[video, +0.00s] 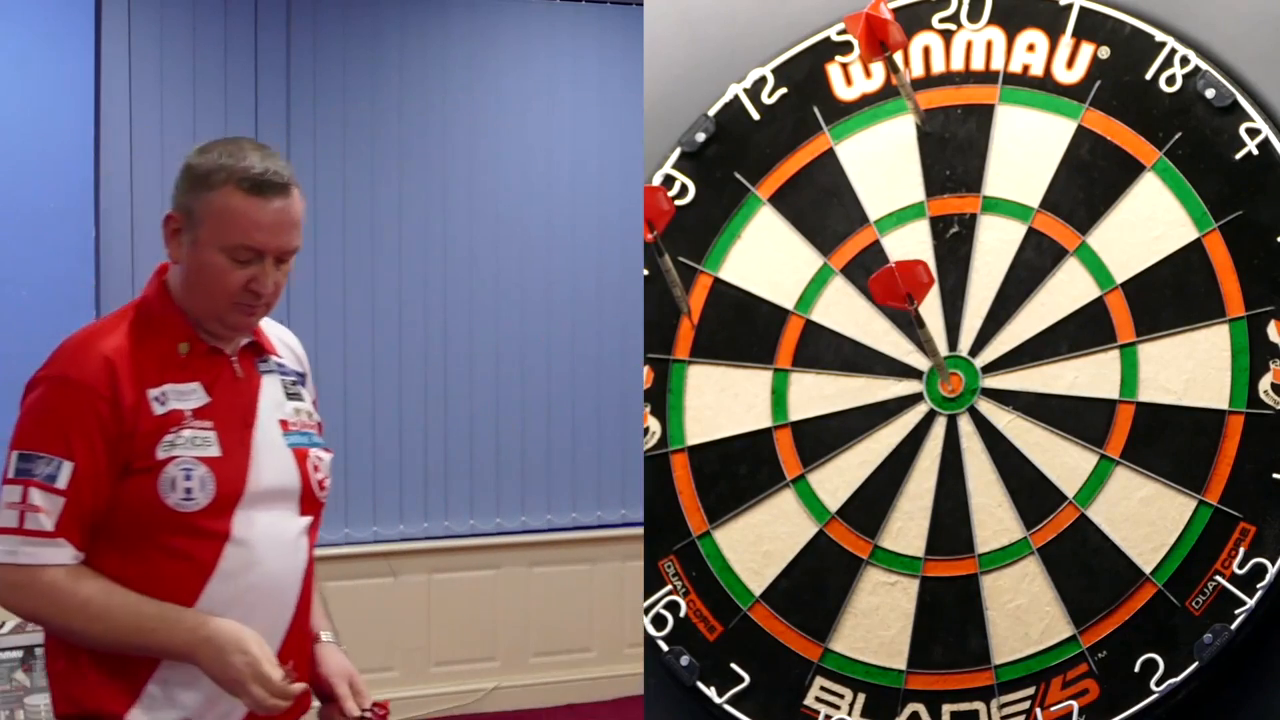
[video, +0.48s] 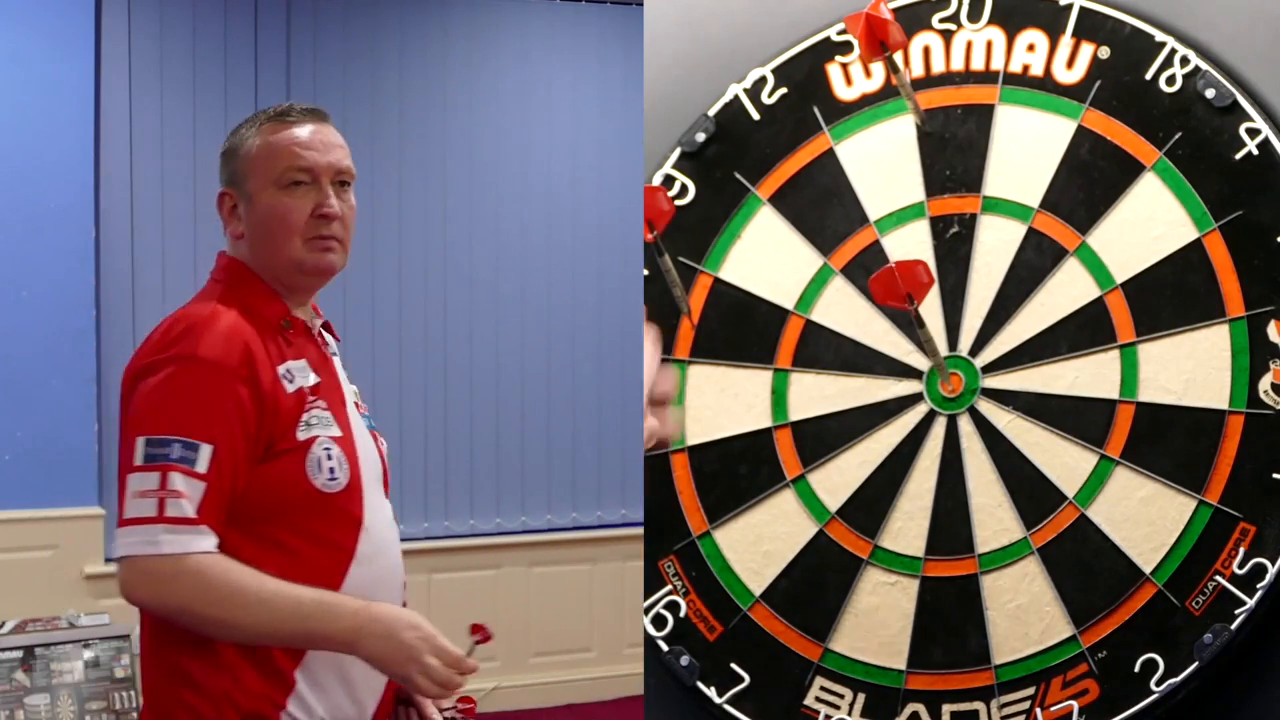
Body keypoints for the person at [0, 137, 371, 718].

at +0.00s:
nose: (266, 284)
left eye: (283, 259)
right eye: (243, 257)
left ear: (296, 250)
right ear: (176, 238)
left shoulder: (284, 355)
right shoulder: (92, 370)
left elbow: (284, 533)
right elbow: (21, 571)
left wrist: (322, 643)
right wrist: (199, 637)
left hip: (278, 702)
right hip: (139, 708)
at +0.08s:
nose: (291, 265)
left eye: (307, 239)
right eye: (265, 237)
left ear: (319, 238)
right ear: (197, 232)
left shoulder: (300, 351)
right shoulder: (119, 368)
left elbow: (303, 535)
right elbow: (49, 575)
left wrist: (344, 646)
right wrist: (232, 634)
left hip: (301, 704)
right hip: (164, 710)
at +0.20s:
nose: (305, 239)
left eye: (319, 214)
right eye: (276, 213)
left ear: (331, 221)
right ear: (209, 224)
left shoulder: (309, 346)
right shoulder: (140, 362)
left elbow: (316, 532)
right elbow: (75, 572)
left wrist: (362, 652)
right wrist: (263, 630)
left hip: (311, 704)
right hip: (184, 708)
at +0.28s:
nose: (312, 222)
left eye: (325, 200)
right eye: (281, 198)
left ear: (339, 212)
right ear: (216, 217)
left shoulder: (316, 345)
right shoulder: (164, 353)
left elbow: (320, 539)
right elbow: (99, 570)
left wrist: (373, 661)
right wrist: (299, 630)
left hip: (326, 703)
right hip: (206, 706)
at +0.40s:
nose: (321, 212)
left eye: (333, 190)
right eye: (290, 189)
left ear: (346, 204)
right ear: (225, 216)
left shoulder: (313, 340)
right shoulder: (186, 346)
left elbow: (323, 541)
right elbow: (126, 568)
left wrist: (388, 667)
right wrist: (330, 630)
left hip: (339, 702)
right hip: (228, 704)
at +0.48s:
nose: (331, 206)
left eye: (343, 185)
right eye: (299, 184)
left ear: (355, 202)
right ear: (234, 215)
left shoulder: (312, 339)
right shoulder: (206, 341)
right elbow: (156, 567)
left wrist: (401, 659)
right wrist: (366, 628)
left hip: (350, 703)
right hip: (246, 705)